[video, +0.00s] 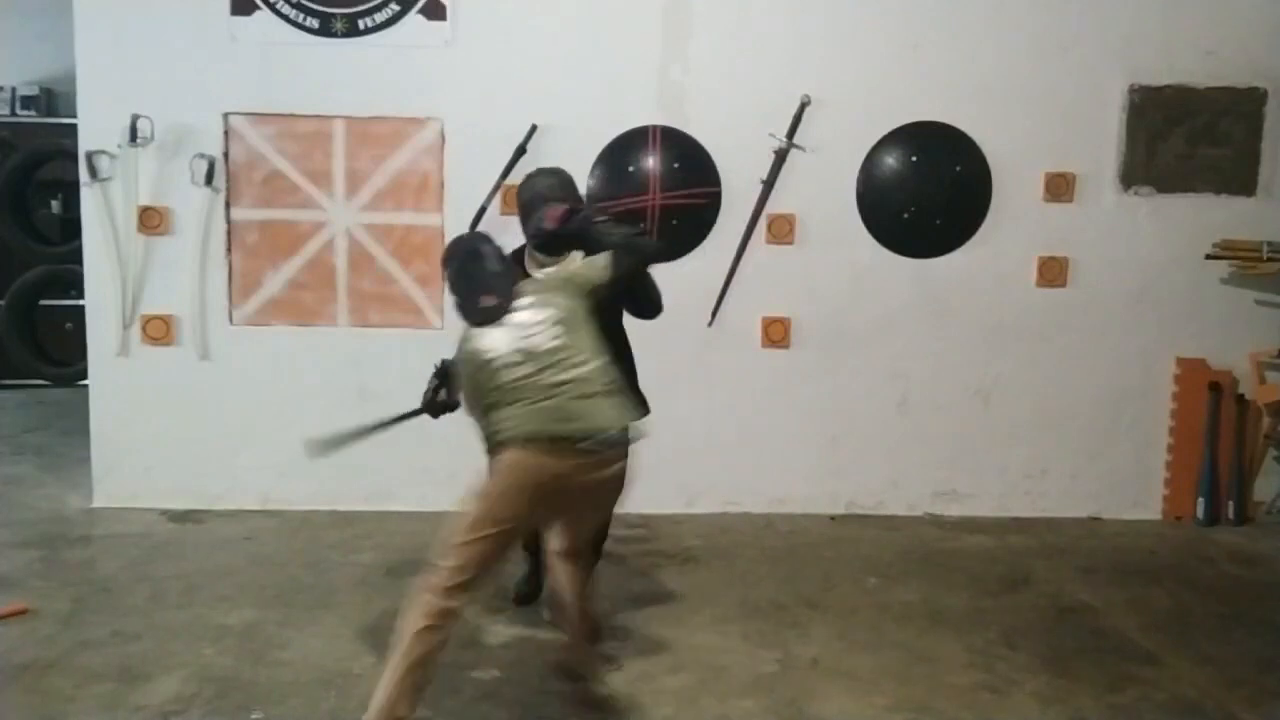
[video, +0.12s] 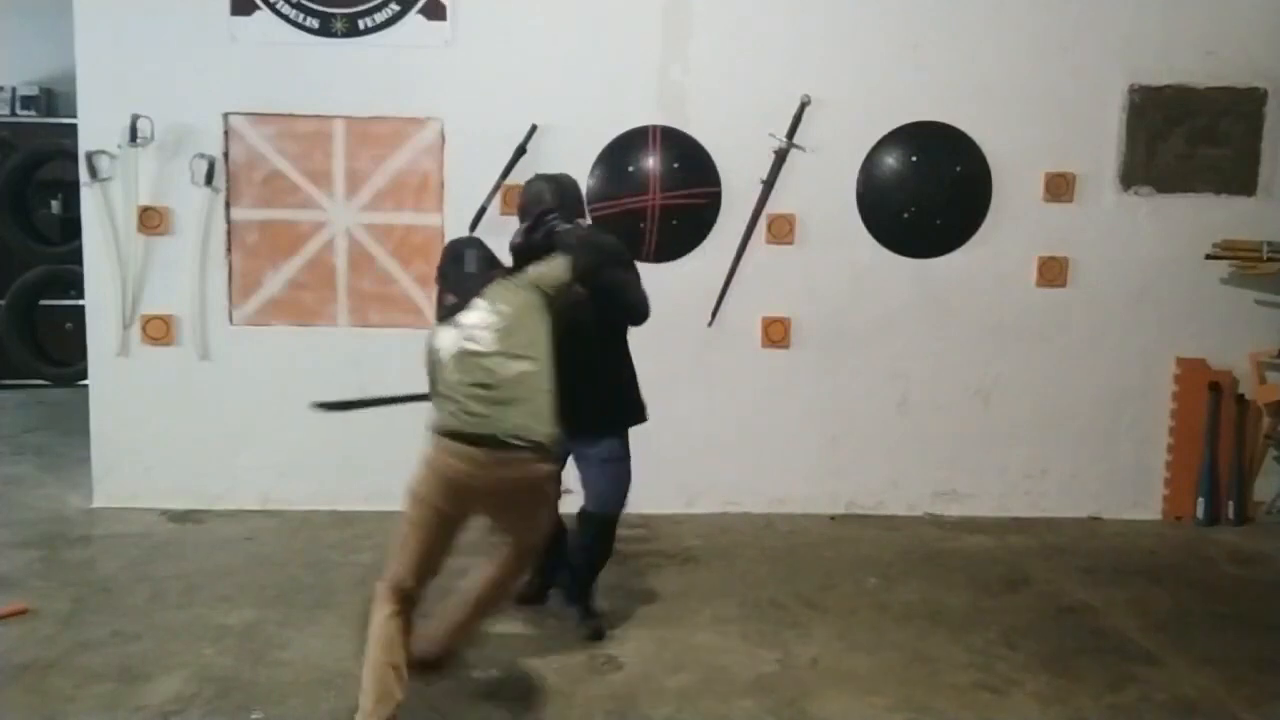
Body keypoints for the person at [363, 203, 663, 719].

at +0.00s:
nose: (457, 296)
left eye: (456, 286)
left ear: (461, 291)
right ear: (507, 268)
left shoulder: (471, 349)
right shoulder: (561, 282)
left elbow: (491, 430)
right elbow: (635, 252)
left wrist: (510, 505)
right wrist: (584, 231)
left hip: (528, 462)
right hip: (605, 456)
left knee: (448, 579)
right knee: (571, 555)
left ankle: (389, 708)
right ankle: (581, 664)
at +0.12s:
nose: (436, 295)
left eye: (438, 285)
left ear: (446, 287)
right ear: (493, 270)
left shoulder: (441, 334)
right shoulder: (524, 287)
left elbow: (443, 400)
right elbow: (572, 255)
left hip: (453, 462)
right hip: (526, 469)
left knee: (397, 592)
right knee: (522, 548)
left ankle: (375, 710)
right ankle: (437, 649)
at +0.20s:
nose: (499, 253)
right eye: (491, 250)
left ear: (445, 271)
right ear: (485, 261)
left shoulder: (434, 314)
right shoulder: (507, 278)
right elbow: (563, 233)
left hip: (418, 444)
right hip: (480, 458)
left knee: (378, 563)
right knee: (459, 564)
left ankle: (353, 680)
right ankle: (397, 649)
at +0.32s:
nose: (475, 257)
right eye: (473, 250)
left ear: (425, 257)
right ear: (467, 253)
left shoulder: (409, 298)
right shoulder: (473, 276)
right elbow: (562, 234)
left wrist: (498, 244)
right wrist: (518, 226)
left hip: (382, 446)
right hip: (441, 459)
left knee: (392, 514)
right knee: (457, 553)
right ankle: (380, 650)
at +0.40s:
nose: (455, 257)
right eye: (453, 251)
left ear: (406, 258)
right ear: (448, 254)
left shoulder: (387, 302)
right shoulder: (453, 280)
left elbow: (457, 319)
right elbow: (529, 244)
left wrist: (499, 285)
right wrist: (512, 228)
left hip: (362, 448)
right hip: (414, 461)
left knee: (356, 525)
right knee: (477, 546)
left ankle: (284, 615)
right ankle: (389, 632)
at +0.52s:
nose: (464, 271)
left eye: (463, 264)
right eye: (460, 264)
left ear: (409, 261)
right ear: (444, 262)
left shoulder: (376, 305)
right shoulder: (445, 289)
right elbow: (503, 283)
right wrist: (519, 264)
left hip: (339, 446)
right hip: (385, 461)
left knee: (352, 516)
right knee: (487, 530)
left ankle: (280, 610)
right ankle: (398, 606)